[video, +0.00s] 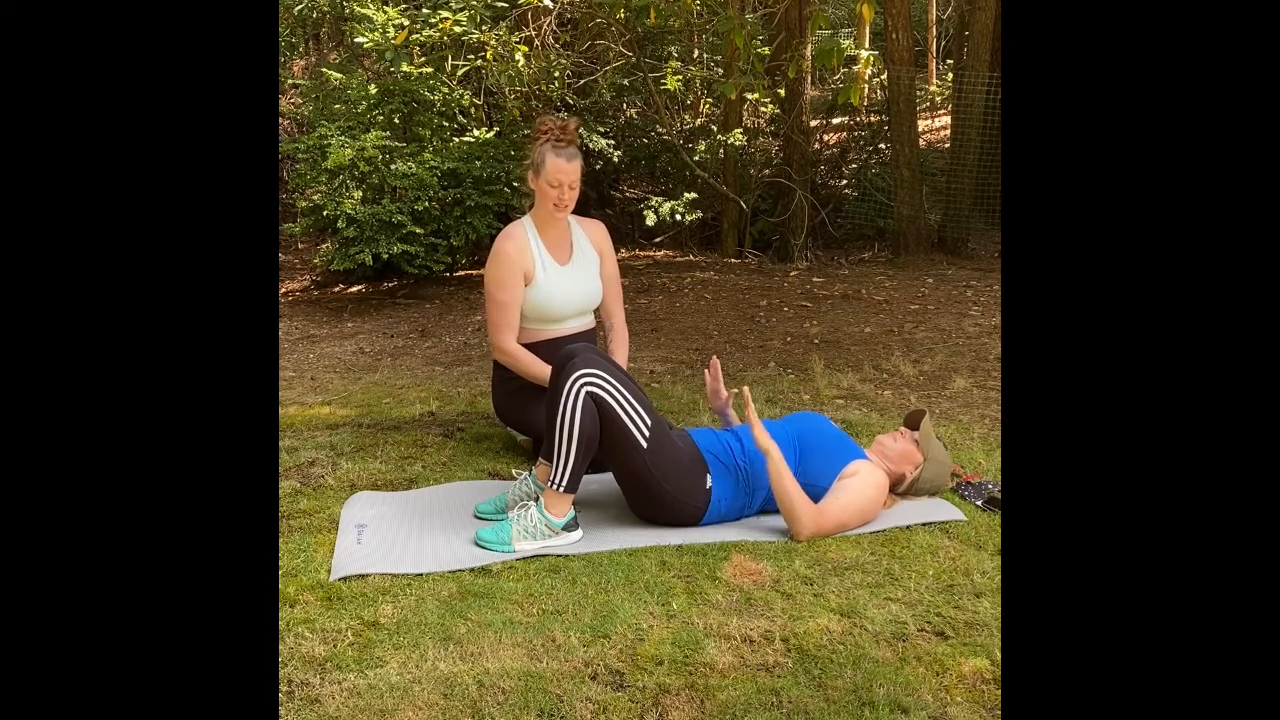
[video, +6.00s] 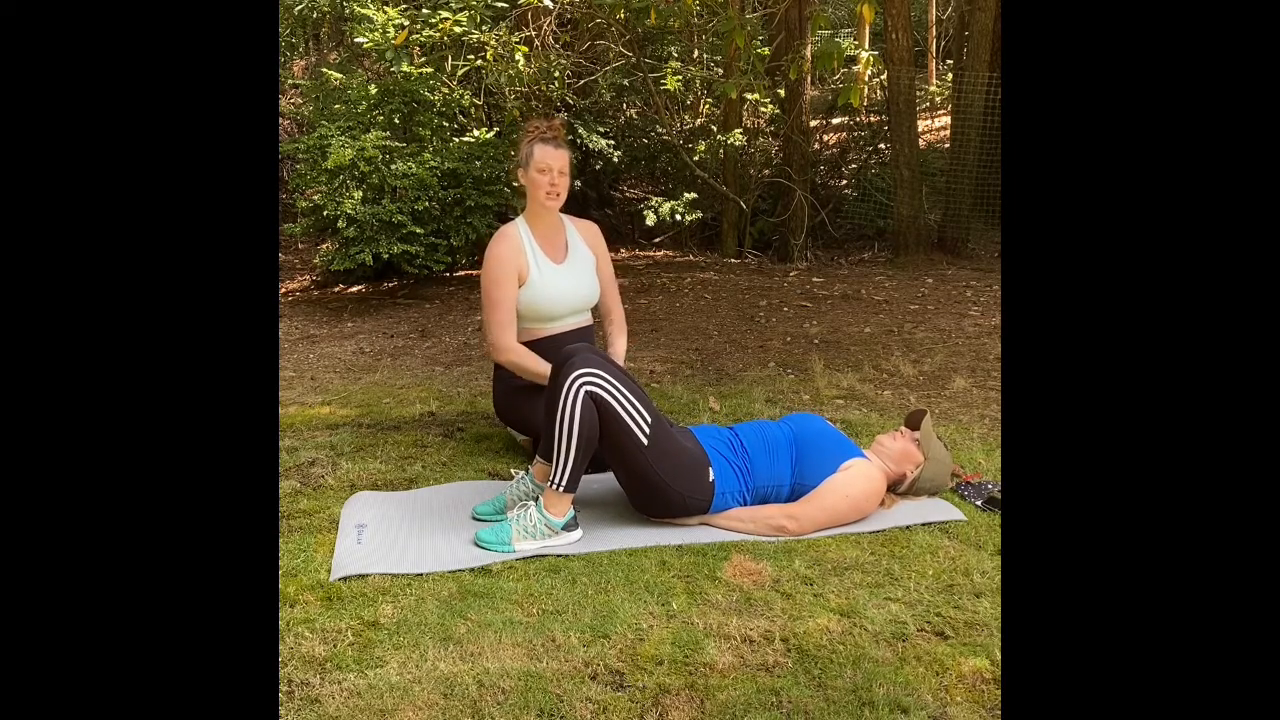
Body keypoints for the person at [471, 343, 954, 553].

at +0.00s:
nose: (897, 433)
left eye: (908, 440)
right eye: (905, 430)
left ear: (908, 471)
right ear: (895, 444)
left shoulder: (870, 483)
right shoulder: (842, 452)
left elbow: (808, 525)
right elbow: (758, 463)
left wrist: (766, 440)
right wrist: (728, 411)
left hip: (694, 484)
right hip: (680, 459)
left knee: (589, 373)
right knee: (578, 358)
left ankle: (555, 511)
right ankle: (542, 485)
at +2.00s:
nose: (897, 431)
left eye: (908, 438)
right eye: (906, 429)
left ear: (908, 468)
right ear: (898, 445)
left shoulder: (863, 476)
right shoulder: (847, 453)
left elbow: (789, 516)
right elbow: (771, 485)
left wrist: (706, 515)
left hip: (693, 480)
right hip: (681, 450)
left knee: (585, 376)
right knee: (589, 365)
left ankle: (555, 510)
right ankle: (544, 482)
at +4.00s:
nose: (900, 434)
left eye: (910, 441)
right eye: (908, 431)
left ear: (908, 470)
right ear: (899, 447)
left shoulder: (865, 474)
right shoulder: (852, 457)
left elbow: (792, 510)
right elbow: (777, 493)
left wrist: (709, 516)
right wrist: (709, 496)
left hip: (693, 481)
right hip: (680, 453)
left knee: (590, 376)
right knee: (590, 365)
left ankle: (554, 512)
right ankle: (539, 485)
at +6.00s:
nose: (897, 433)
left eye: (908, 439)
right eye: (905, 430)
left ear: (908, 470)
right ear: (897, 446)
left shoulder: (864, 479)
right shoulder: (846, 456)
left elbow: (794, 521)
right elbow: (777, 499)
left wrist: (710, 516)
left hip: (693, 483)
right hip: (678, 455)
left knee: (585, 368)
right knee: (571, 357)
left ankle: (553, 510)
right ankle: (541, 484)